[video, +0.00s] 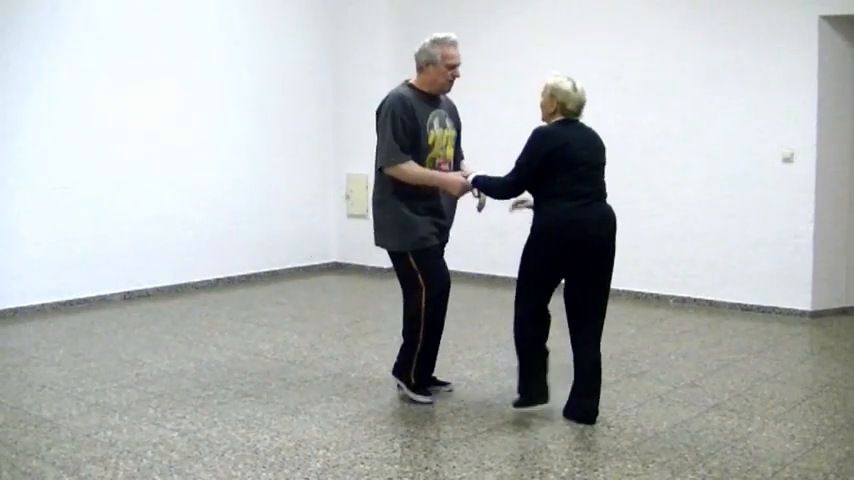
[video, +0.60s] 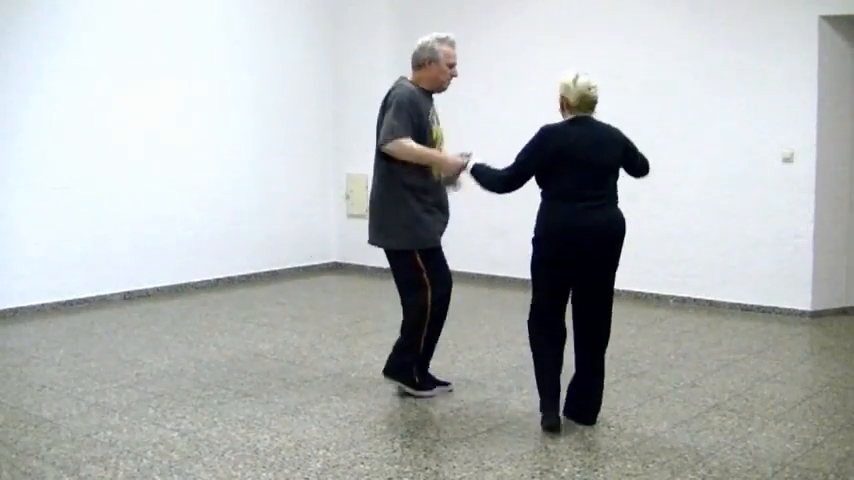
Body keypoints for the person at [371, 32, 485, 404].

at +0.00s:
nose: (456, 74)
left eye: (457, 67)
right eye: (451, 67)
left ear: (437, 68)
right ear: (426, 67)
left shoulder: (447, 107)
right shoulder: (397, 104)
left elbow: (453, 159)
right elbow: (393, 165)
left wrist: (467, 178)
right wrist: (444, 180)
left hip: (433, 221)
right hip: (401, 222)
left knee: (427, 292)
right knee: (433, 286)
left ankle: (419, 371)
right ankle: (410, 374)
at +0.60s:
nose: (454, 73)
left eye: (455, 66)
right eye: (450, 66)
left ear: (431, 66)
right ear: (427, 65)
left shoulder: (420, 99)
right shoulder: (404, 95)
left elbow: (416, 151)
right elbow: (393, 144)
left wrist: (445, 167)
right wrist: (441, 161)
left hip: (413, 218)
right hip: (402, 220)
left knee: (428, 289)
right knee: (433, 287)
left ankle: (406, 364)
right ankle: (411, 370)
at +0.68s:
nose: (453, 75)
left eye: (454, 68)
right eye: (449, 67)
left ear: (428, 68)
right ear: (428, 67)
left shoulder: (413, 97)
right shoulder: (407, 96)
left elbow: (390, 149)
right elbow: (391, 145)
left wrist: (430, 179)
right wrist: (433, 177)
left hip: (408, 219)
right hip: (400, 221)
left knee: (423, 290)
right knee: (421, 292)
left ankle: (409, 369)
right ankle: (401, 373)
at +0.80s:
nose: (451, 79)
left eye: (451, 72)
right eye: (447, 71)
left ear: (420, 71)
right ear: (426, 69)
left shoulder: (390, 96)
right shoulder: (412, 99)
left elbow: (352, 148)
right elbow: (405, 154)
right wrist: (441, 192)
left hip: (387, 223)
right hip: (397, 225)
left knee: (412, 301)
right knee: (403, 304)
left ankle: (414, 372)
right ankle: (385, 380)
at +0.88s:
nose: (447, 81)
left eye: (448, 73)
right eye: (444, 73)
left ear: (418, 70)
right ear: (426, 69)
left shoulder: (380, 95)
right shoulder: (414, 99)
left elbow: (339, 147)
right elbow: (419, 158)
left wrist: (336, 188)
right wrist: (464, 188)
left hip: (370, 220)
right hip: (392, 223)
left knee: (403, 298)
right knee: (398, 303)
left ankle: (412, 368)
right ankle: (386, 381)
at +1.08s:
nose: (434, 80)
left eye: (435, 73)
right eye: (431, 72)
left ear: (404, 70)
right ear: (414, 69)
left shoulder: (363, 96)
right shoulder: (410, 101)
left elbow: (322, 146)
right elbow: (453, 147)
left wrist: (317, 185)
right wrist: (507, 158)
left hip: (352, 219)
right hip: (387, 222)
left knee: (385, 294)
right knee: (393, 296)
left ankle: (382, 369)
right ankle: (384, 379)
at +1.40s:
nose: (433, 82)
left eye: (433, 75)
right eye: (429, 75)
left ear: (403, 74)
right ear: (410, 74)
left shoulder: (366, 99)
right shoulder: (408, 105)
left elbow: (327, 139)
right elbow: (452, 140)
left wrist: (328, 165)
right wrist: (499, 148)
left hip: (350, 219)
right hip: (385, 223)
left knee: (361, 294)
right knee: (409, 286)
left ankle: (365, 371)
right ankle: (386, 372)